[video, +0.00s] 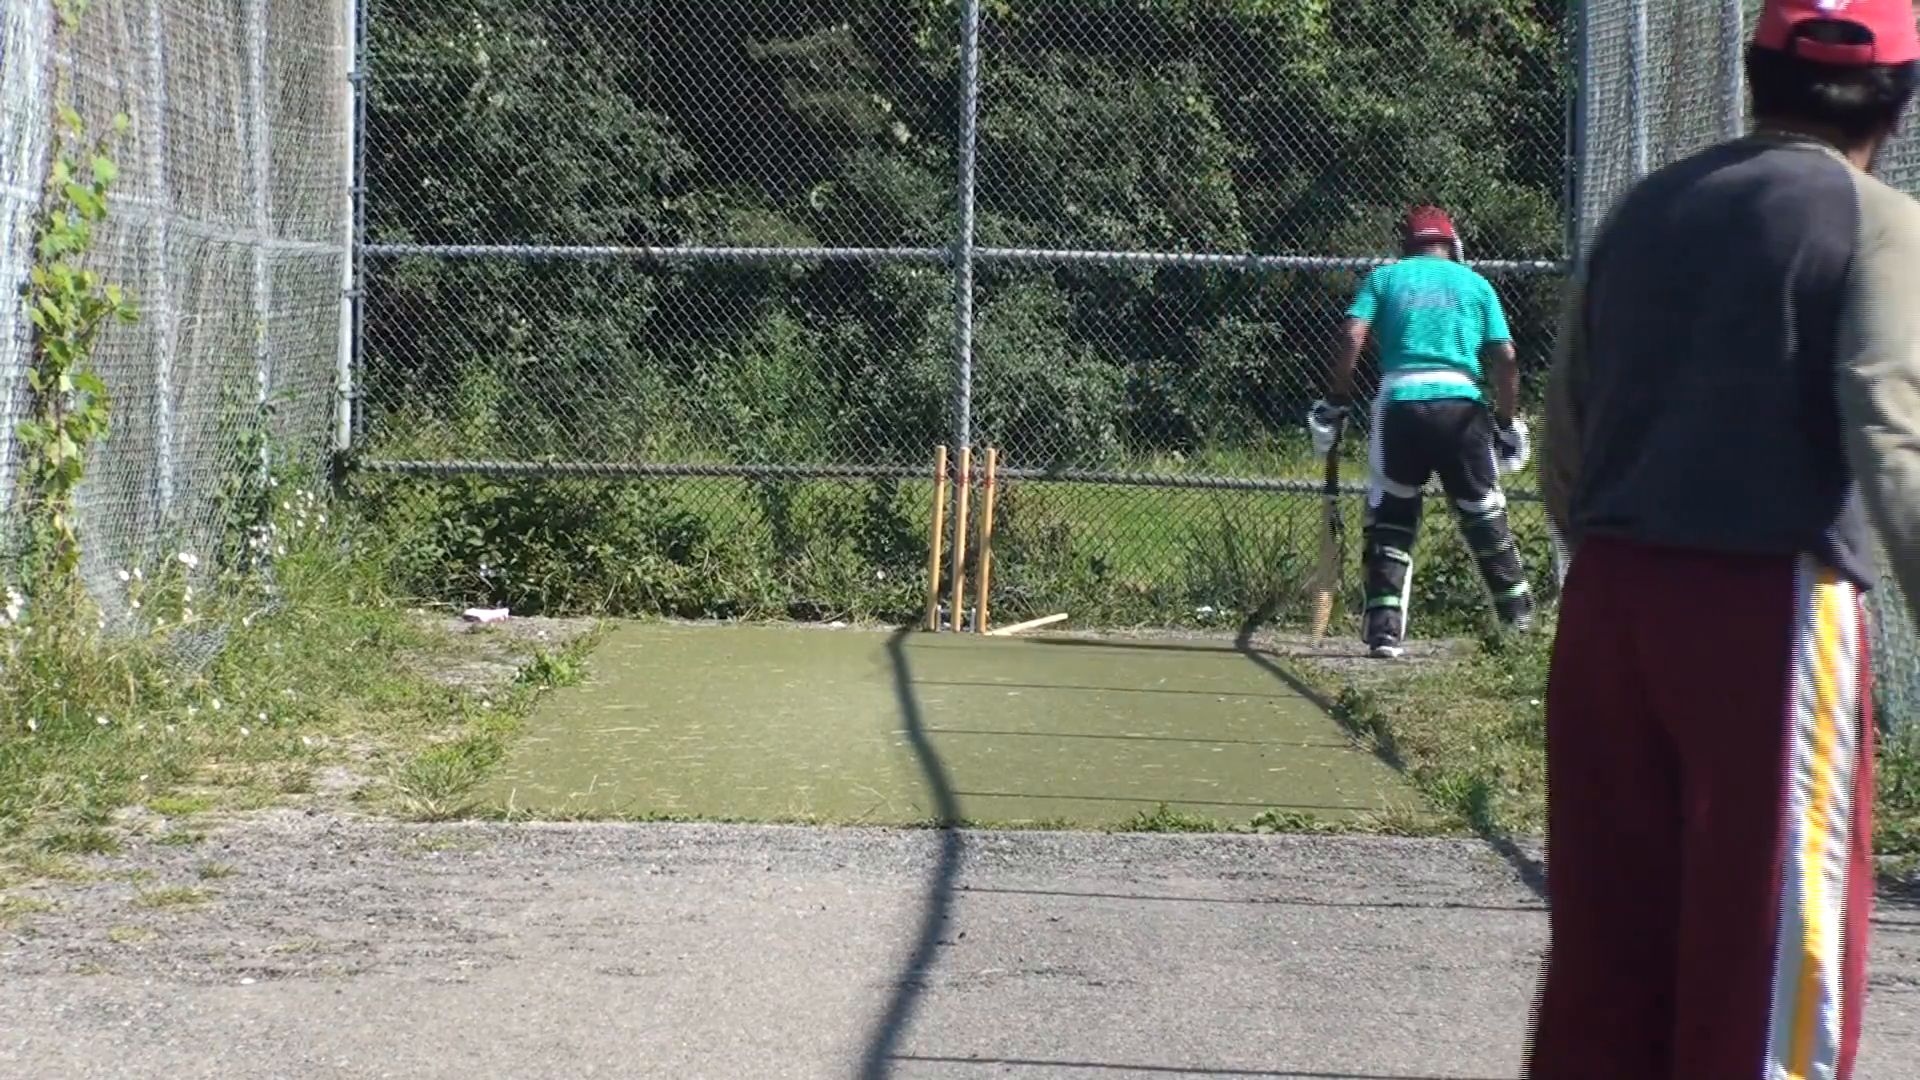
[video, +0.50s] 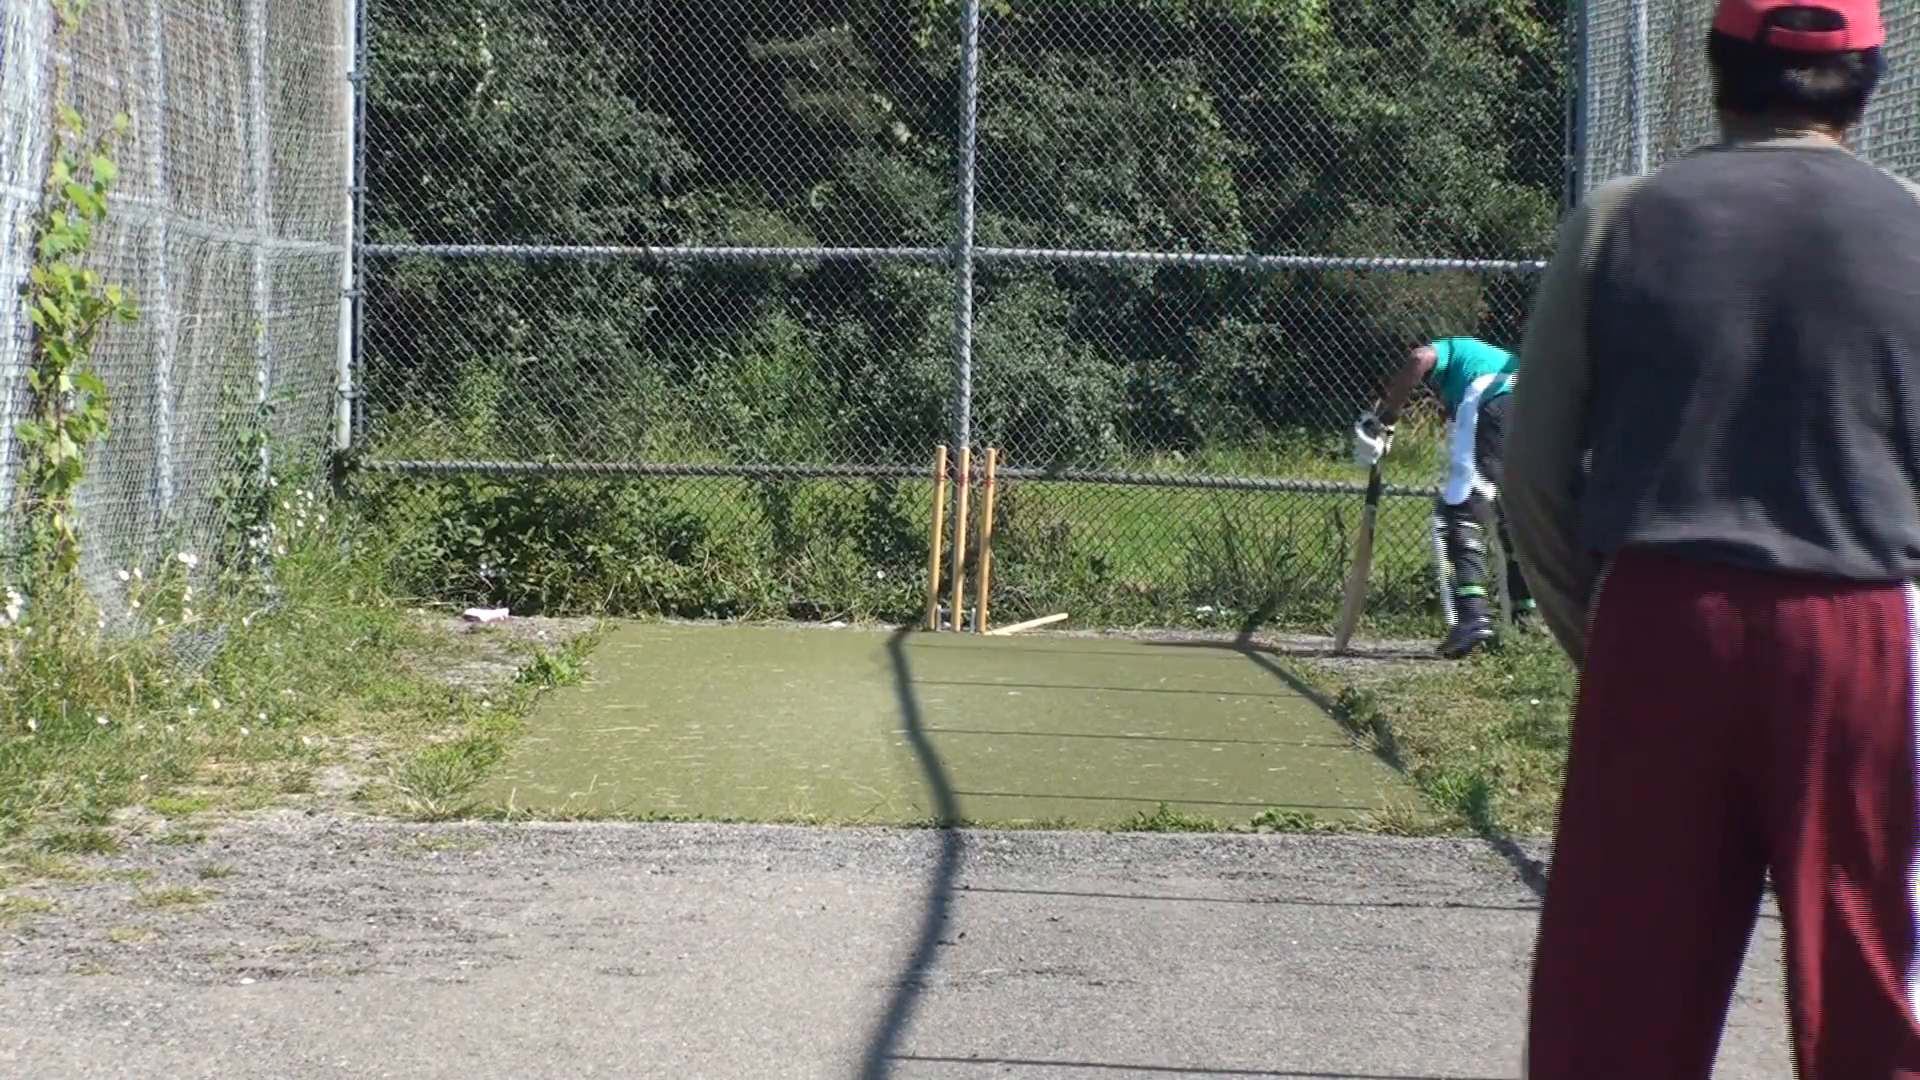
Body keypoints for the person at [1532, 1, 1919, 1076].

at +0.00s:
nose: (1900, 114)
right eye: (1899, 98)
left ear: (1758, 88)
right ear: (1887, 109)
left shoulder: (1643, 204)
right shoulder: (1873, 217)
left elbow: (1565, 415)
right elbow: (1889, 441)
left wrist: (1604, 561)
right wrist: (1911, 597)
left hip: (1609, 601)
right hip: (1778, 609)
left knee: (1604, 939)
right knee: (1778, 945)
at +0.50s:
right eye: (1856, 73)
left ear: (1722, 84)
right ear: (1863, 95)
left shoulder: (1620, 215)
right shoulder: (1906, 223)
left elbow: (1529, 472)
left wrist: (1612, 636)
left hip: (1661, 627)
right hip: (1865, 640)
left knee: (1621, 985)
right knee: (1872, 985)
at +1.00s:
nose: (1769, 81)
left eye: (1773, 61)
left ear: (1787, 67)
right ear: (1912, 77)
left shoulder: (1706, 201)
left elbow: (1636, 459)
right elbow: (1640, 461)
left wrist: (1698, 615)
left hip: (1749, 634)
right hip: (1910, 646)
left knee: (1697, 995)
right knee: (1913, 1001)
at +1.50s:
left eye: (1659, 61)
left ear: (1667, 72)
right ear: (1817, 68)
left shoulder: (1593, 218)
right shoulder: (1899, 199)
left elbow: (1500, 482)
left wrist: (1583, 658)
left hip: (1685, 637)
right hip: (1887, 637)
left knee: (1674, 994)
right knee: (1883, 990)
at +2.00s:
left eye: (1735, 37)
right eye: (1869, 40)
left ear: (1735, 54)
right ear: (1881, 66)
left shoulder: (1652, 201)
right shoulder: (1912, 190)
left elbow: (1585, 458)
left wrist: (1650, 615)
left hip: (1723, 625)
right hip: (1902, 629)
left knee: (1696, 962)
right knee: (1890, 968)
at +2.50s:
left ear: (1742, 52)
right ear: (1893, 51)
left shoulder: (1680, 196)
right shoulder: (1919, 183)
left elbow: (1495, 330)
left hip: (1736, 647)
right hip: (1913, 651)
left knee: (1706, 992)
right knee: (1902, 996)